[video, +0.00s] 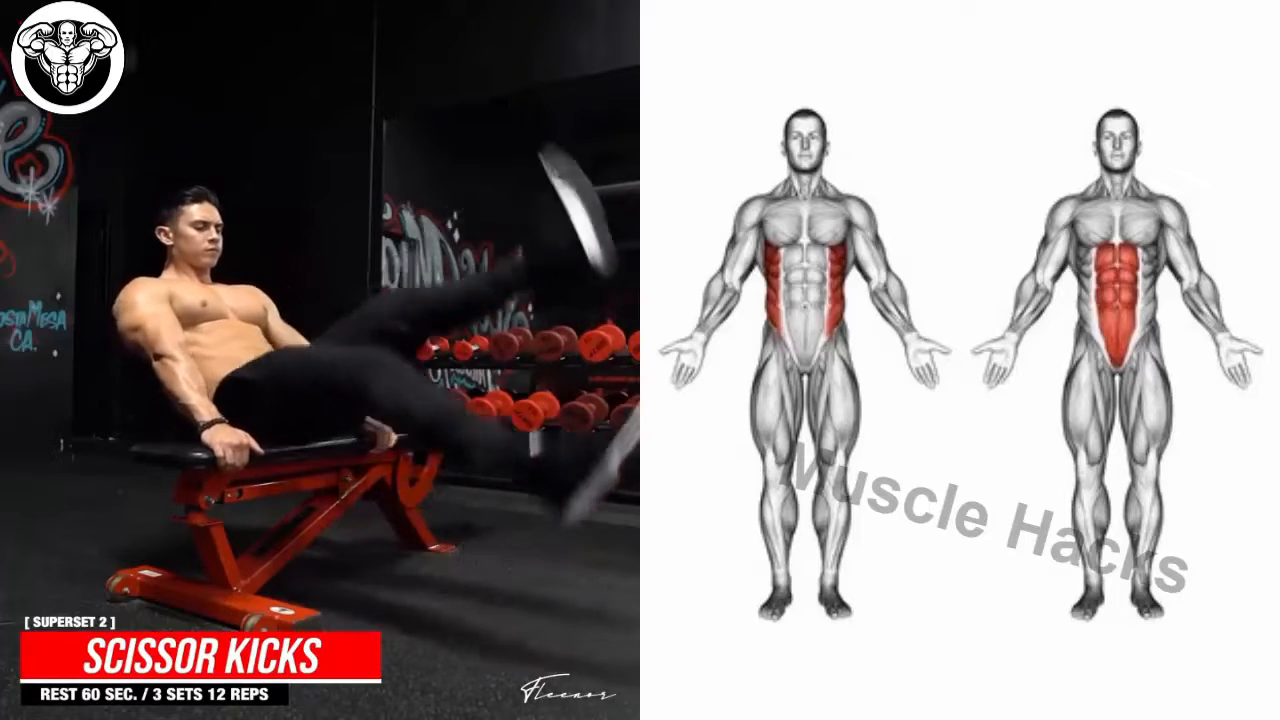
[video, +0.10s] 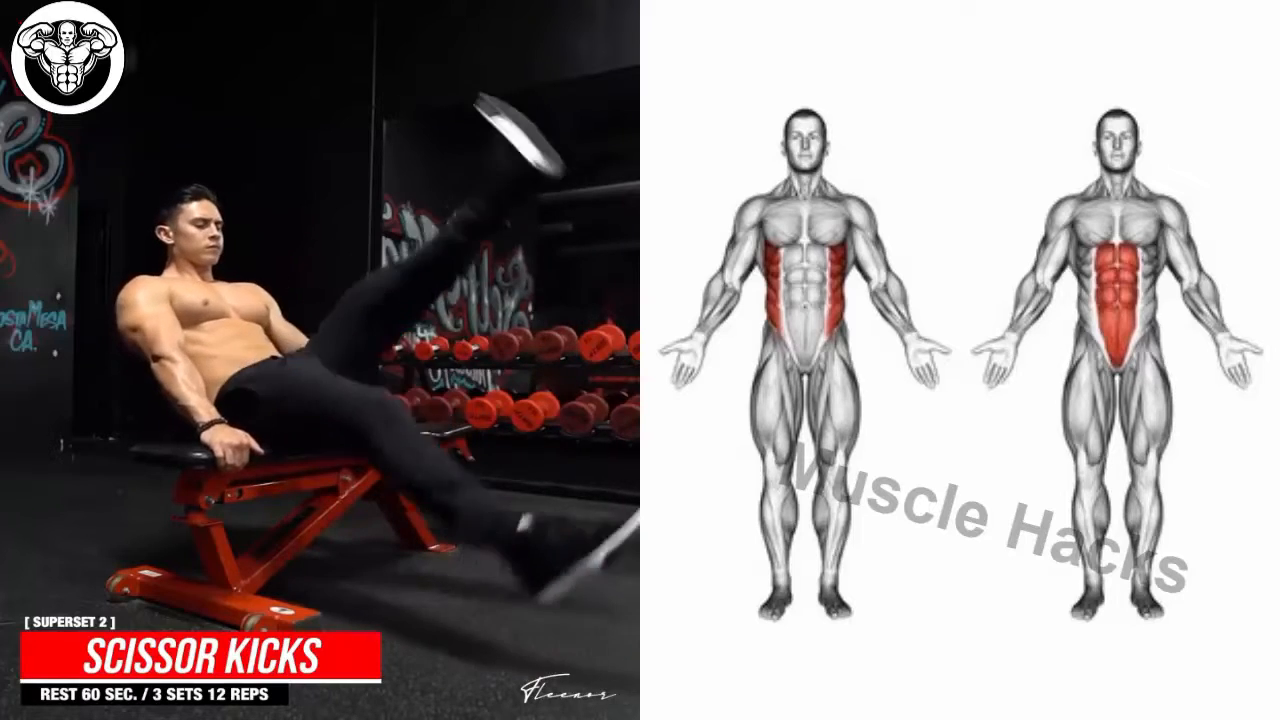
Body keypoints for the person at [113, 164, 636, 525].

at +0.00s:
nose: (212, 236)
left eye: (216, 227)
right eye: (199, 227)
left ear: (219, 237)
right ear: (166, 236)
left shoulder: (249, 295)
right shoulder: (143, 293)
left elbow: (310, 354)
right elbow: (168, 359)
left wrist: (364, 416)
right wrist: (210, 424)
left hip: (298, 378)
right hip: (241, 394)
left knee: (389, 312)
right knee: (372, 369)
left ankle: (540, 263)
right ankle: (547, 464)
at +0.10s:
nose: (213, 233)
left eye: (217, 225)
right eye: (199, 224)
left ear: (219, 236)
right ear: (166, 233)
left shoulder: (250, 293)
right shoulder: (145, 291)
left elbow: (311, 350)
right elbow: (167, 360)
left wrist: (368, 389)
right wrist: (210, 423)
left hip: (309, 370)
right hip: (250, 386)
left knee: (376, 297)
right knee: (377, 407)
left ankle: (500, 194)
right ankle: (520, 540)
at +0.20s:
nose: (214, 231)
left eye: (217, 223)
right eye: (199, 222)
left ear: (220, 235)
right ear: (166, 233)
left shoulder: (250, 294)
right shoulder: (144, 291)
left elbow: (311, 349)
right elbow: (163, 357)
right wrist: (208, 424)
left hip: (303, 368)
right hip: (250, 385)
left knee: (376, 288)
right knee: (369, 415)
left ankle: (499, 179)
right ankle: (498, 566)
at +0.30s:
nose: (212, 231)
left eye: (215, 223)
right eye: (197, 222)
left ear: (217, 235)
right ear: (164, 233)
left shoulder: (249, 294)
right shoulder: (142, 291)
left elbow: (309, 350)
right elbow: (165, 357)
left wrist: (373, 387)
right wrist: (208, 423)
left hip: (293, 375)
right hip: (237, 388)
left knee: (380, 304)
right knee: (363, 389)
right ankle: (514, 514)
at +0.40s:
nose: (209, 232)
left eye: (212, 224)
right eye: (195, 223)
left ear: (215, 234)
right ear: (162, 235)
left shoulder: (249, 292)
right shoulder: (141, 293)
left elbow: (304, 355)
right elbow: (167, 358)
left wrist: (352, 410)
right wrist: (210, 421)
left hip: (294, 393)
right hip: (240, 402)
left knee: (401, 326)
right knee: (361, 346)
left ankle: (557, 364)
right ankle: (527, 387)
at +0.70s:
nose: (214, 222)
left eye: (217, 214)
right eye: (199, 215)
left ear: (218, 226)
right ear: (166, 229)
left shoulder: (255, 282)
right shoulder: (145, 290)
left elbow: (306, 341)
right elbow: (165, 361)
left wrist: (345, 386)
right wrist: (209, 424)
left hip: (305, 390)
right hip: (242, 389)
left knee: (432, 439)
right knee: (311, 271)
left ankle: (522, 593)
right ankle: (442, 180)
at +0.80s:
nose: (211, 223)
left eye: (213, 215)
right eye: (197, 216)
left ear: (217, 228)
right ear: (164, 230)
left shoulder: (254, 287)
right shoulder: (143, 293)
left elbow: (304, 335)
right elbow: (165, 362)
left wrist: (341, 381)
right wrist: (209, 424)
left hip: (304, 396)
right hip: (239, 398)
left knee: (427, 409)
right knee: (312, 294)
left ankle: (536, 551)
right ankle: (472, 231)